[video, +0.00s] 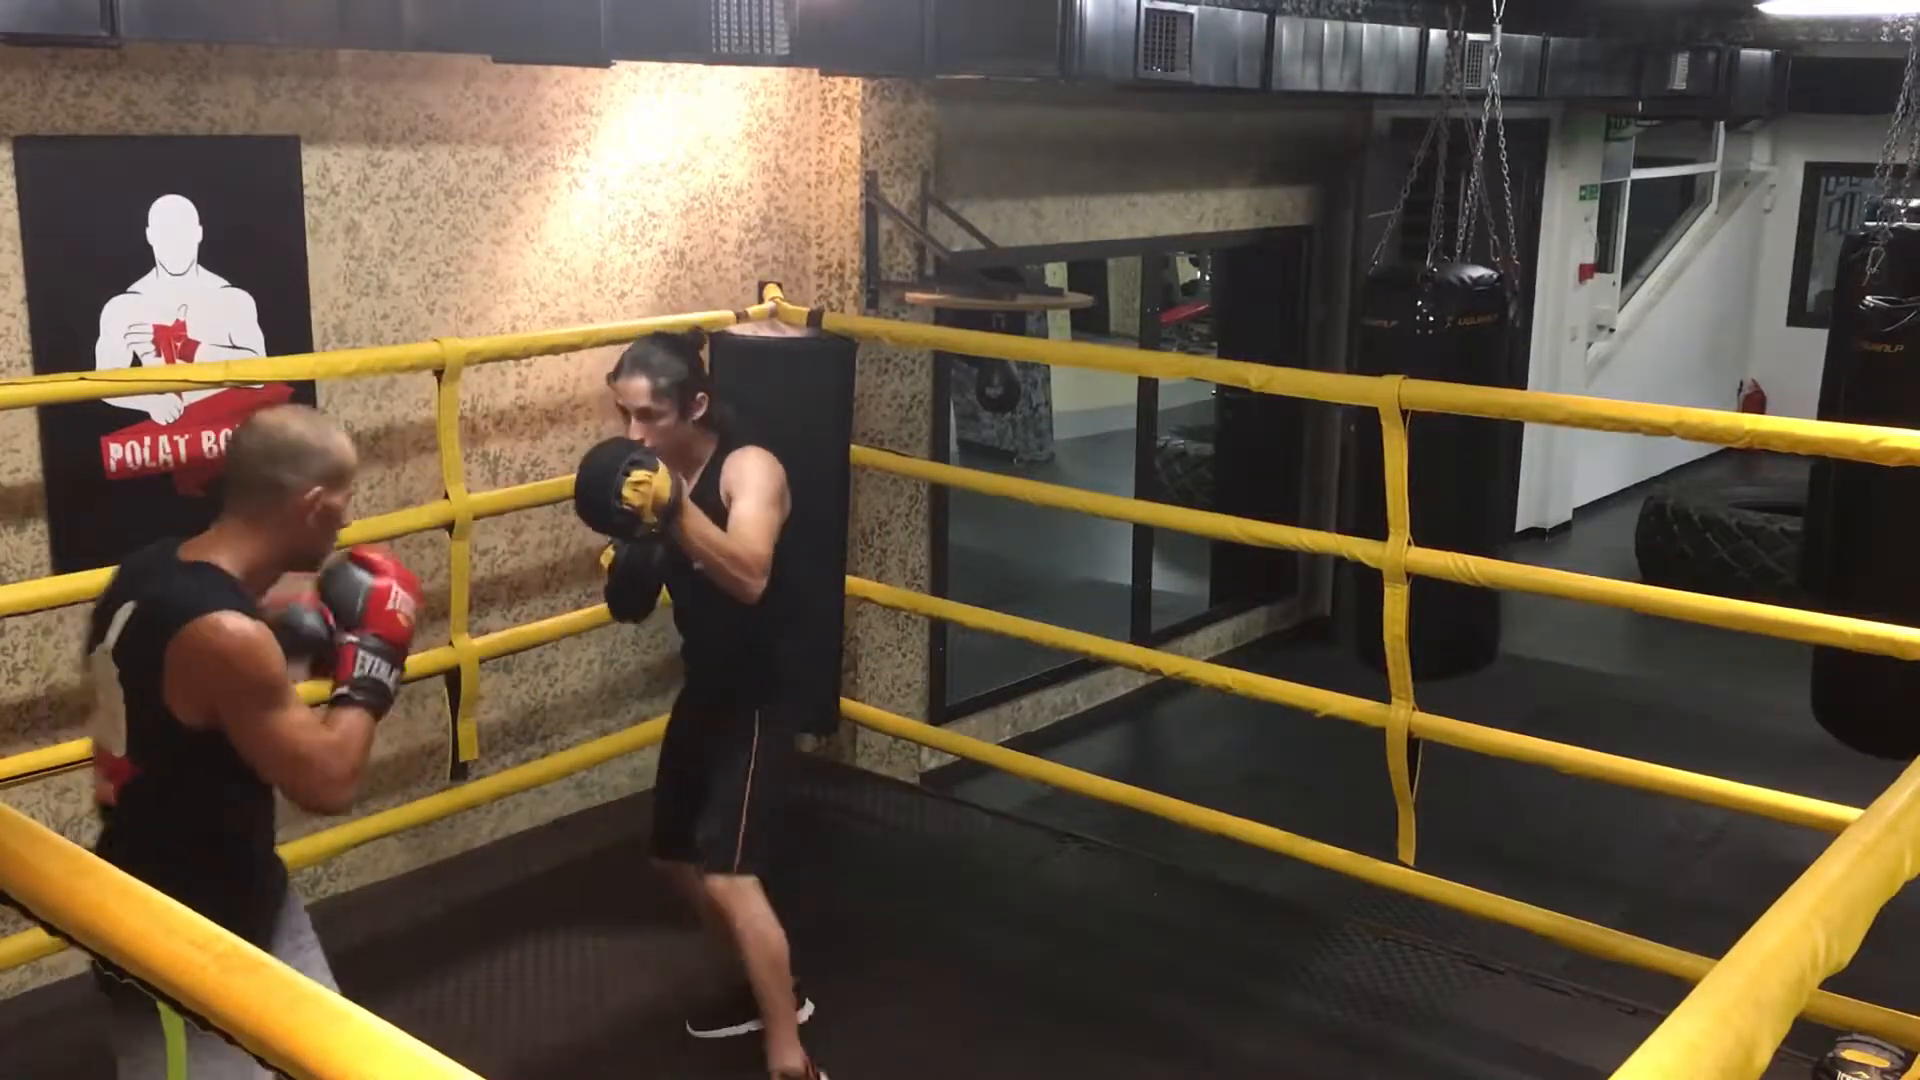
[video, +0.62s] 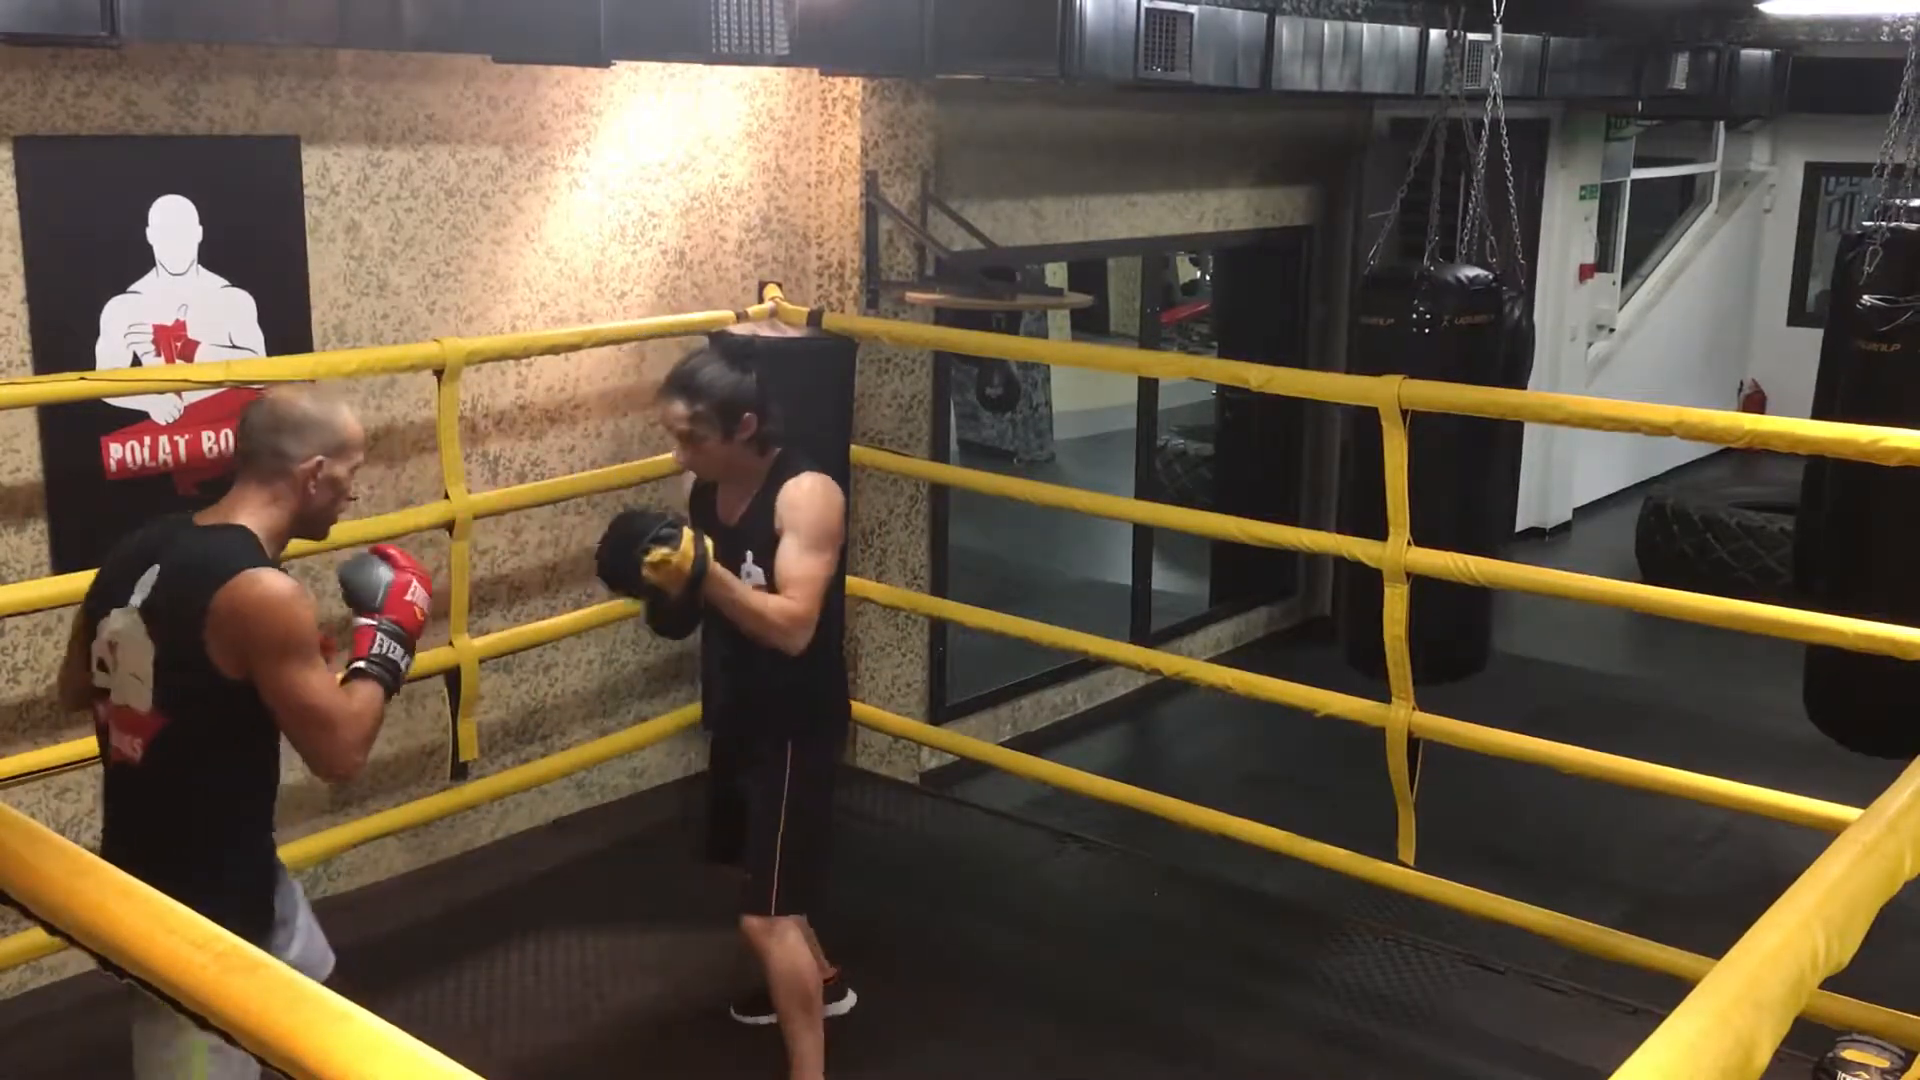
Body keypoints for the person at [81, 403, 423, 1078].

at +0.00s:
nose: (346, 518)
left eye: (349, 500)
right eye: (346, 501)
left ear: (235, 486)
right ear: (313, 506)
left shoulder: (150, 571)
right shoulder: (228, 641)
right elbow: (326, 779)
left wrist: (280, 640)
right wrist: (377, 658)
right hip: (179, 942)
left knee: (332, 1055)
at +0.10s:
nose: (383, 509)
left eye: (384, 491)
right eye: (380, 492)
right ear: (342, 501)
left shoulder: (266, 572)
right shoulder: (214, 614)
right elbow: (289, 782)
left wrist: (366, 557)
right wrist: (375, 670)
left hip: (281, 880)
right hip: (194, 917)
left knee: (340, 1042)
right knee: (200, 1069)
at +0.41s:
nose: (392, 484)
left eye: (395, 467)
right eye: (389, 466)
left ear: (327, 463)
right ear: (343, 470)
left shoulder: (247, 540)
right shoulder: (242, 581)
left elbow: (187, 689)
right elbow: (306, 757)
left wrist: (347, 657)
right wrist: (391, 657)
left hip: (279, 853)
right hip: (205, 887)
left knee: (332, 992)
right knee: (208, 1063)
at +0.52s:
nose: (375, 489)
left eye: (377, 472)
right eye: (372, 471)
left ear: (275, 461)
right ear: (332, 477)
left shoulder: (178, 549)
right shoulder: (253, 595)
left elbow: (117, 676)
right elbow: (331, 755)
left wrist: (340, 662)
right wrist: (400, 644)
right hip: (207, 897)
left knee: (325, 985)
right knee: (205, 1062)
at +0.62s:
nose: (352, 491)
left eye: (356, 473)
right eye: (351, 472)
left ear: (251, 460)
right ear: (310, 475)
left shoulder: (141, 549)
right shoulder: (263, 596)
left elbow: (78, 689)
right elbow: (340, 750)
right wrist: (388, 635)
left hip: (144, 879)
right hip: (213, 905)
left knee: (310, 988)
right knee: (207, 1064)